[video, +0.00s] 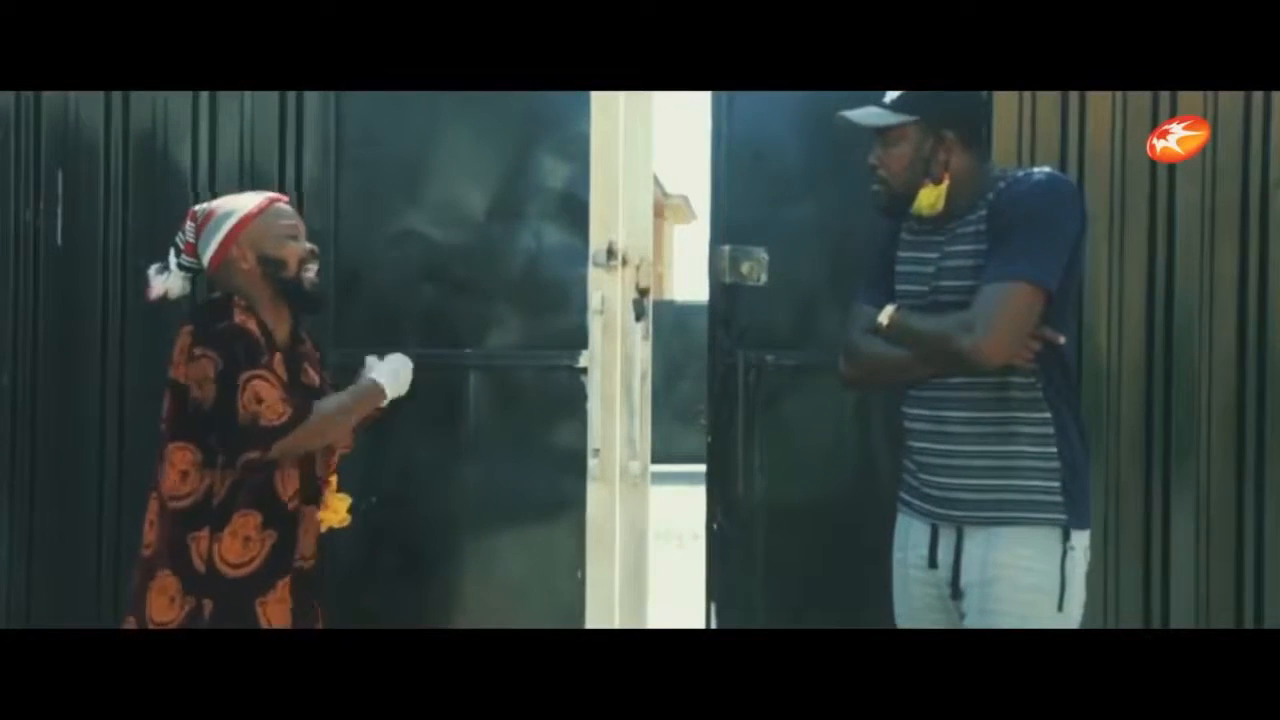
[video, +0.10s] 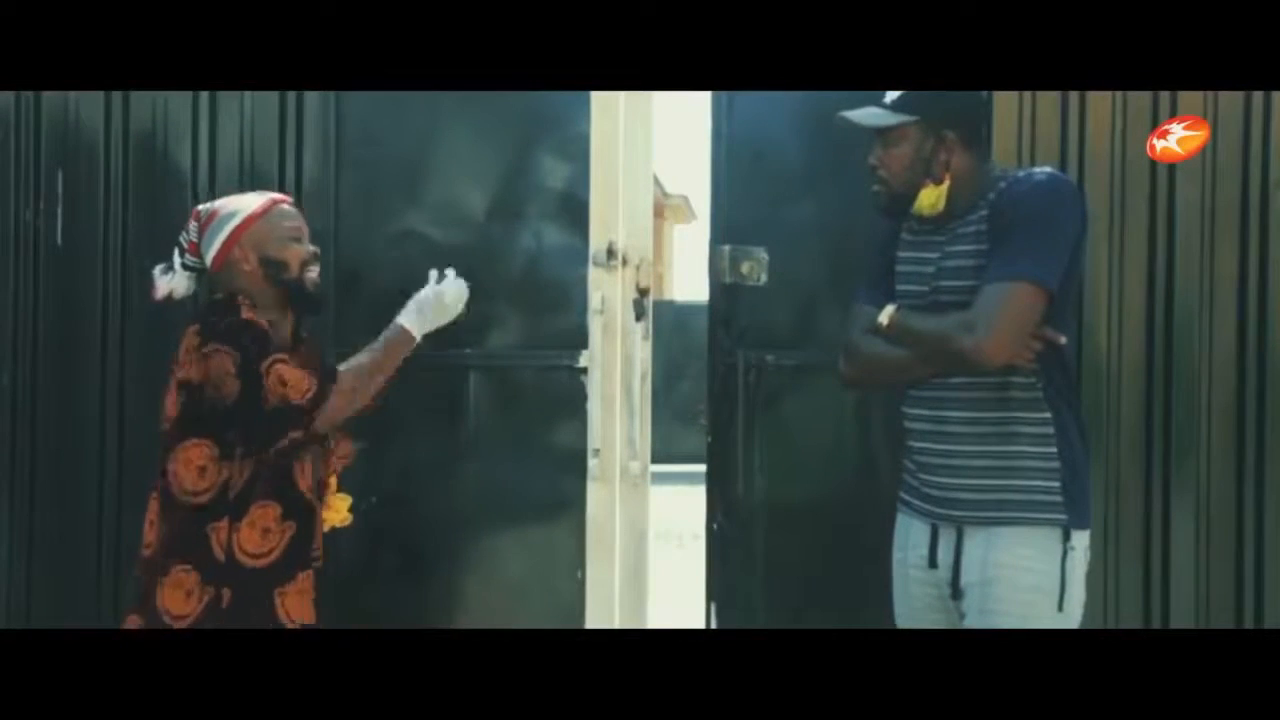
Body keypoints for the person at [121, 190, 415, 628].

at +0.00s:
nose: (311, 250)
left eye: (307, 237)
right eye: (291, 238)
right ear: (242, 256)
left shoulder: (298, 346)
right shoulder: (218, 337)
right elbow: (275, 437)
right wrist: (372, 390)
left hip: (278, 585)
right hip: (210, 595)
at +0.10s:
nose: (313, 253)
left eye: (308, 241)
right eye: (294, 240)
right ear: (245, 261)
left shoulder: (286, 343)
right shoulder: (224, 342)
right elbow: (326, 405)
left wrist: (313, 474)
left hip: (275, 595)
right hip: (214, 602)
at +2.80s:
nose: (293, 292)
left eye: (308, 277)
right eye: (271, 277)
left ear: (325, 292)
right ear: (233, 293)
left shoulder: (342, 385)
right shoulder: (184, 383)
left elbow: (368, 505)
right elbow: (102, 478)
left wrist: (410, 583)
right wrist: (28, 506)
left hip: (301, 619)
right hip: (185, 618)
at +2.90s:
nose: (299, 296)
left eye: (314, 282)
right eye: (277, 282)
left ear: (332, 294)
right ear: (240, 297)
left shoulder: (345, 384)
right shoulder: (194, 386)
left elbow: (372, 503)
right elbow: (101, 481)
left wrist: (410, 586)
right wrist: (16, 515)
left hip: (303, 620)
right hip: (186, 618)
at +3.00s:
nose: (308, 299)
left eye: (322, 284)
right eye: (284, 285)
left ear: (339, 295)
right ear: (247, 300)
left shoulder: (353, 387)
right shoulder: (202, 389)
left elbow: (375, 505)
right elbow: (108, 482)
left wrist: (409, 589)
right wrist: (22, 513)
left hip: (310, 620)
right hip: (196, 618)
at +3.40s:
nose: (356, 257)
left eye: (363, 244)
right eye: (330, 246)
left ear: (374, 253)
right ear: (284, 265)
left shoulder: (354, 373)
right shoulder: (257, 337)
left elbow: (346, 490)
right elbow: (213, 373)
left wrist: (381, 560)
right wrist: (162, 383)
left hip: (325, 605)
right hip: (232, 603)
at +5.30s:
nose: (353, 300)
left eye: (363, 285)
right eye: (335, 284)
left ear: (376, 289)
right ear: (293, 288)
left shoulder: (345, 369)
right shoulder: (252, 354)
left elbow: (329, 497)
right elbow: (277, 413)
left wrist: (352, 569)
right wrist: (357, 355)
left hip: (303, 586)